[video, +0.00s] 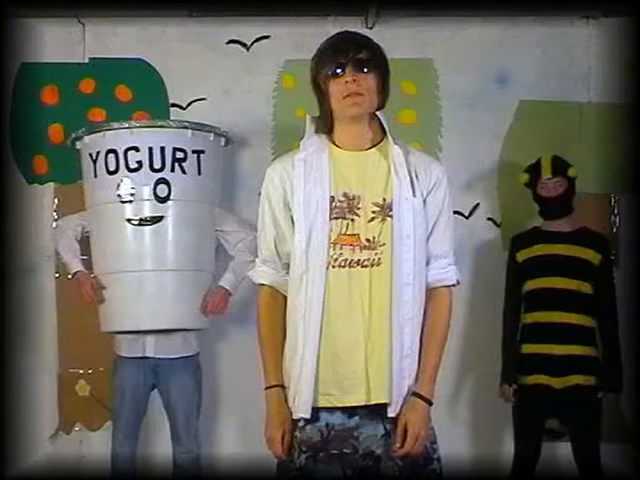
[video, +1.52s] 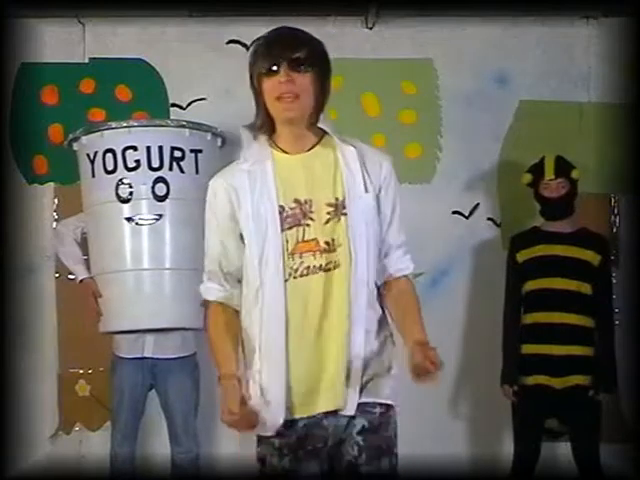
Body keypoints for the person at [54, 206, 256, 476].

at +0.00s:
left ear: (173, 186)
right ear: (130, 189)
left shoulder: (194, 212)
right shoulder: (116, 215)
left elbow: (248, 239)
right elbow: (65, 227)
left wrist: (226, 285)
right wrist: (79, 271)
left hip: (180, 349)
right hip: (129, 350)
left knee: (187, 447)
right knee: (122, 448)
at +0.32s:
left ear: (173, 189)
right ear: (128, 191)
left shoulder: (194, 212)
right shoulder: (115, 214)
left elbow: (245, 240)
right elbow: (63, 228)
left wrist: (240, 293)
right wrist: (73, 277)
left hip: (179, 349)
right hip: (129, 350)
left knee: (186, 446)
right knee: (122, 446)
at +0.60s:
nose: (151, 198)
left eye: (161, 191)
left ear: (175, 189)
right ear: (129, 190)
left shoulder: (193, 213)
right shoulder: (114, 214)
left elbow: (244, 240)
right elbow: (64, 229)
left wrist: (242, 293)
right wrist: (73, 279)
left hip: (180, 349)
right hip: (129, 350)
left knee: (186, 446)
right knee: (123, 447)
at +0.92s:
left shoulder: (189, 218)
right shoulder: (117, 213)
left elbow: (222, 248)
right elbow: (65, 227)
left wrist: (223, 296)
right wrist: (76, 277)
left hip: (180, 348)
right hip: (129, 350)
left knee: (186, 446)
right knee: (122, 448)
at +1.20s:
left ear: (169, 190)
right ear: (129, 191)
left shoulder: (186, 221)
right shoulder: (114, 215)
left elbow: (217, 249)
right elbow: (65, 228)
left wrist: (211, 294)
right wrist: (84, 277)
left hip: (179, 349)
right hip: (129, 351)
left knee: (186, 446)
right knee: (122, 447)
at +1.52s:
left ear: (171, 191)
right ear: (130, 192)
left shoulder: (188, 221)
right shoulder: (115, 216)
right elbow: (64, 229)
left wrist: (205, 293)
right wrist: (85, 277)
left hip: (179, 351)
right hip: (129, 352)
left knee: (186, 446)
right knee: (122, 447)